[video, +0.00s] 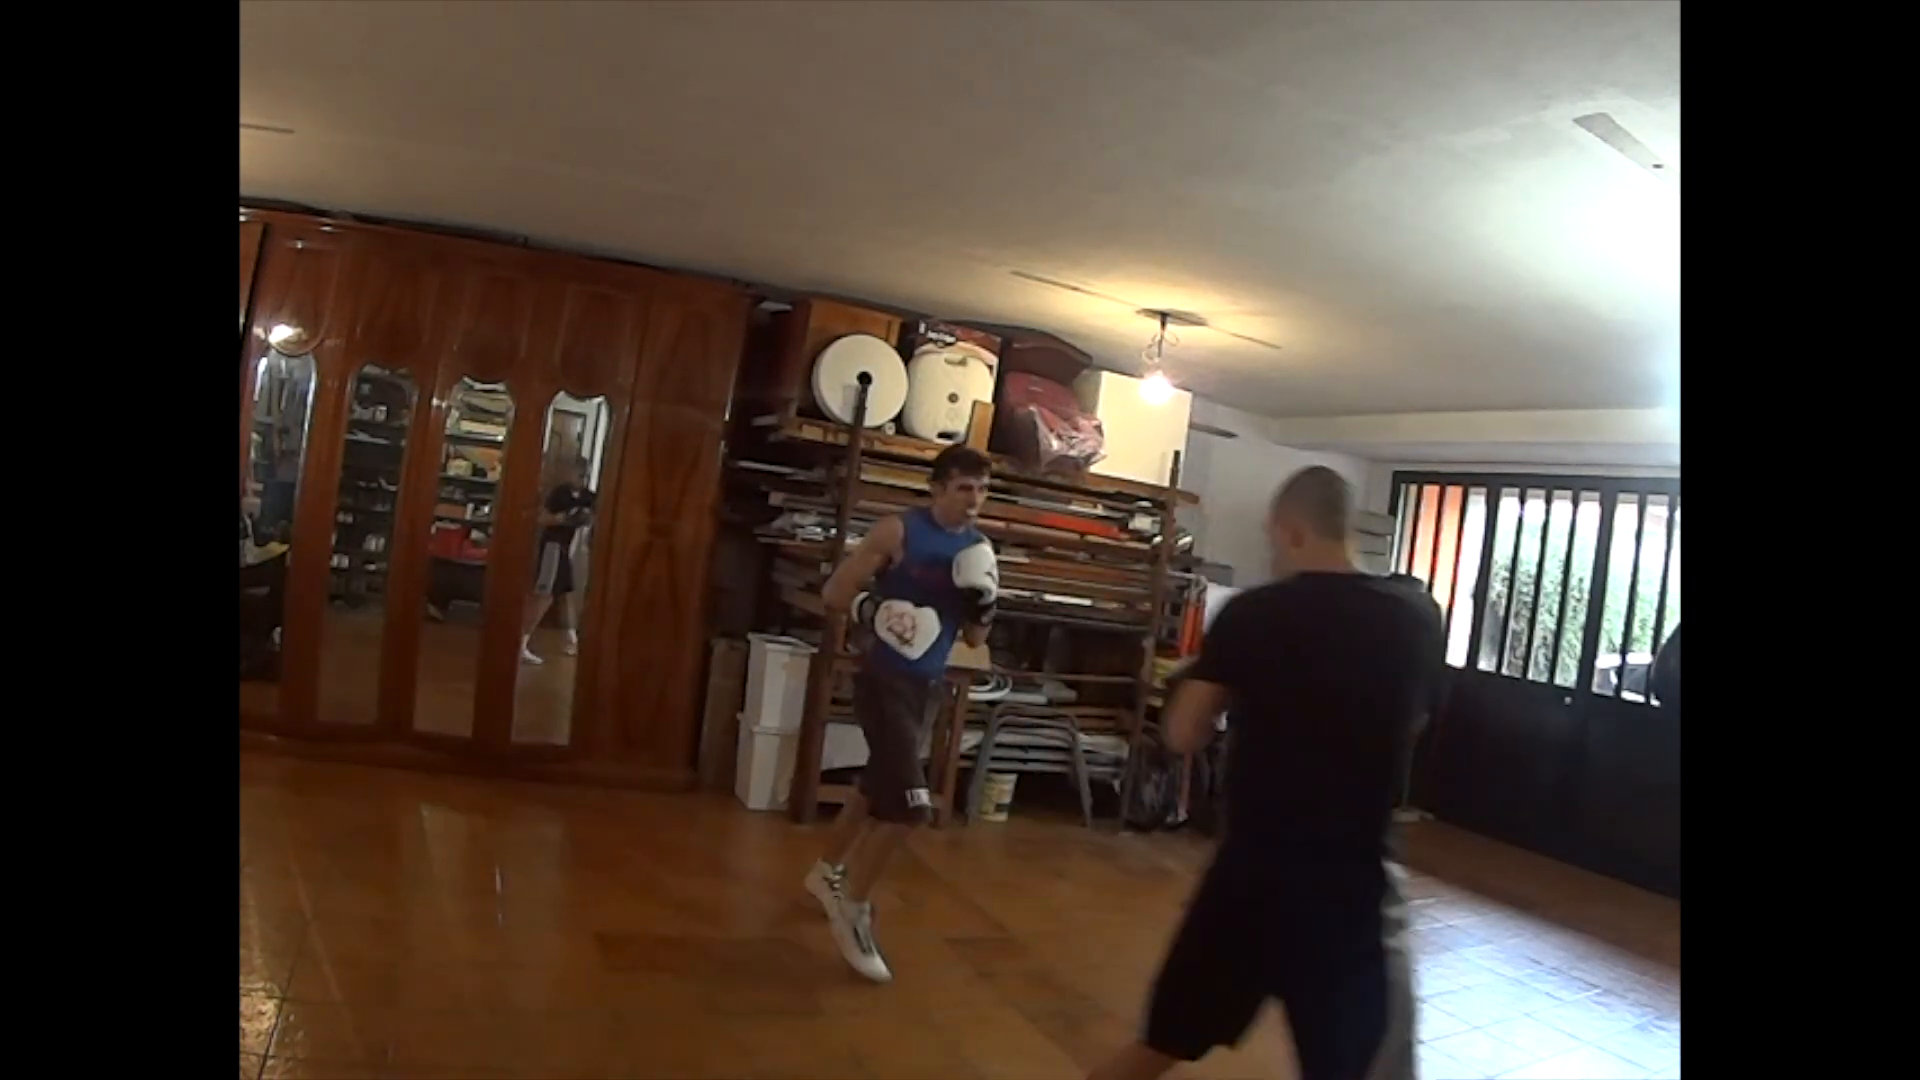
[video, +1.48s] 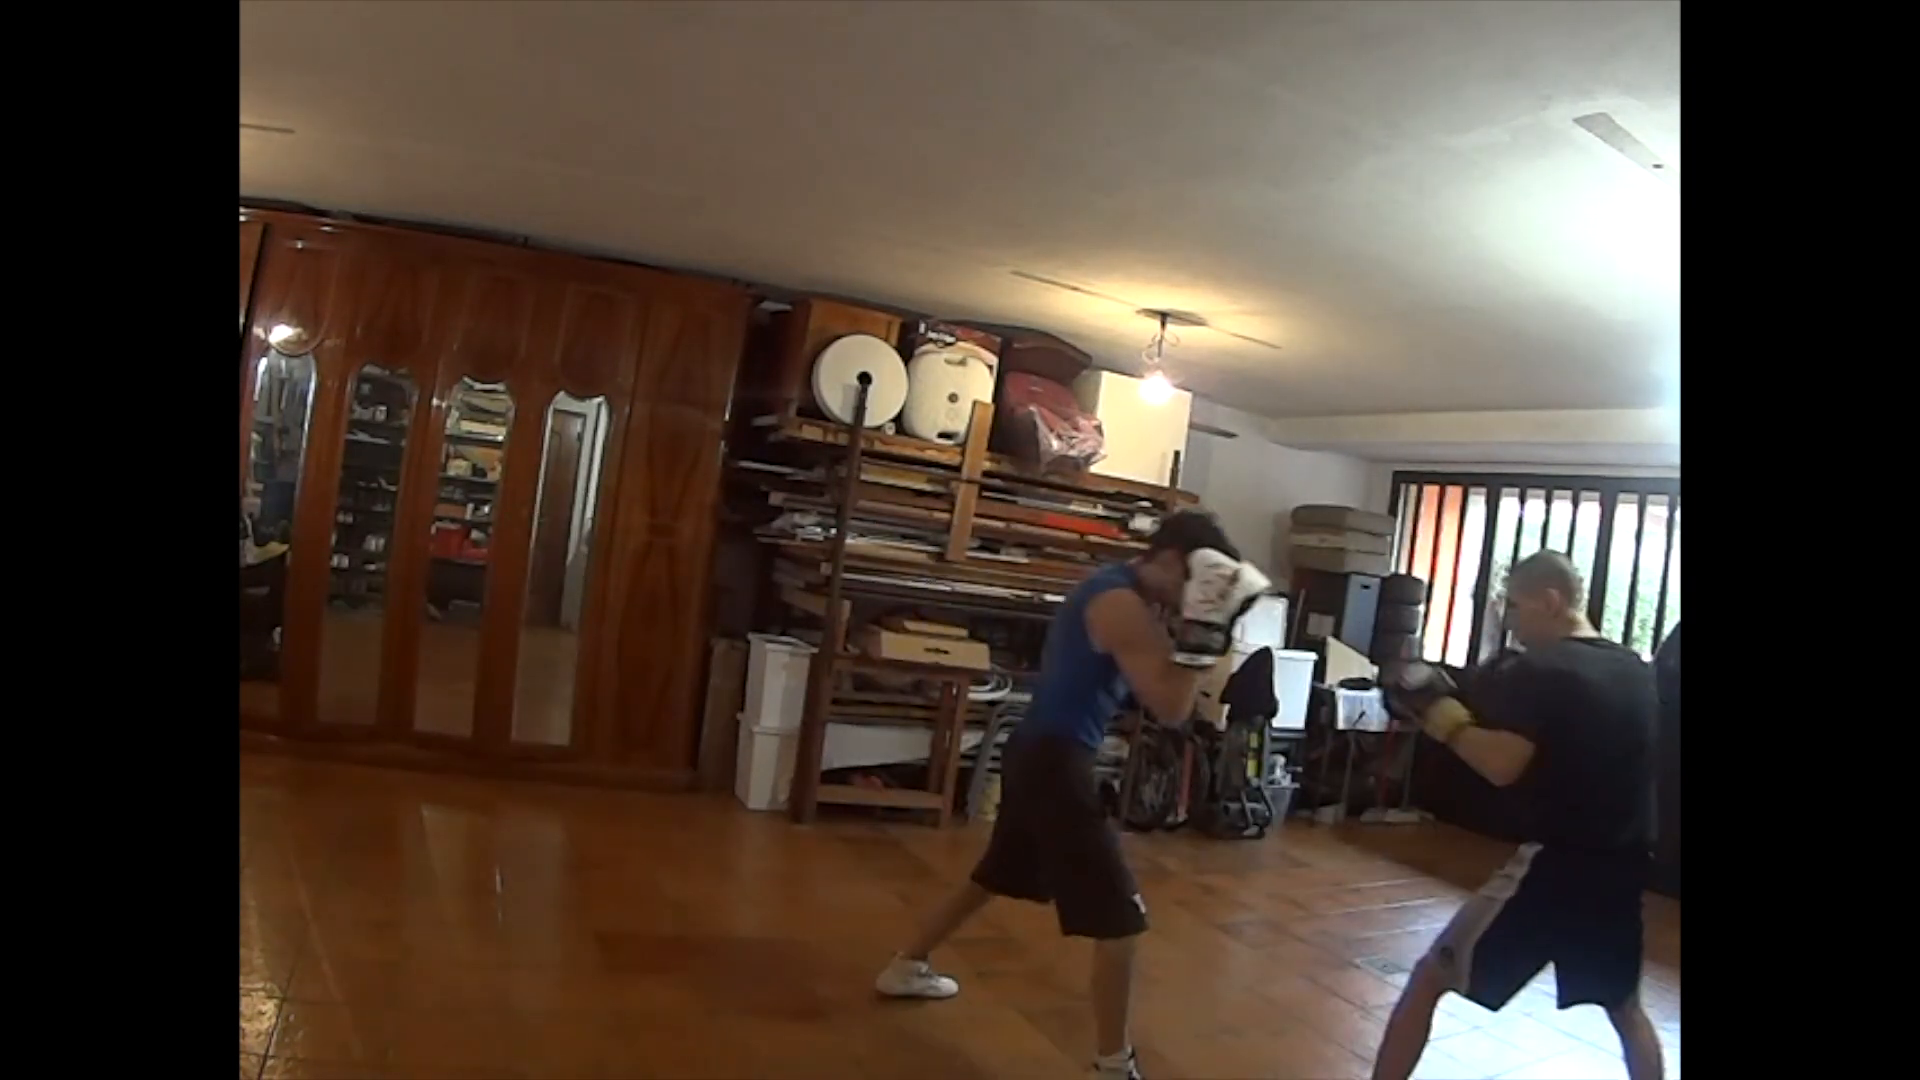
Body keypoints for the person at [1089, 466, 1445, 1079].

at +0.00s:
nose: (1276, 546)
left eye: (1275, 534)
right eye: (1276, 534)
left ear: (1289, 530)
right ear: (1345, 528)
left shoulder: (1254, 612)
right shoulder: (1415, 615)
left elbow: (1183, 733)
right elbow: (1411, 732)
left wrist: (1236, 685)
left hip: (1253, 874)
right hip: (1352, 884)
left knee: (1162, 1046)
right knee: (1346, 1066)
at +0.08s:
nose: (1311, 561)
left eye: (1312, 546)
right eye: (1309, 547)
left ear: (1332, 537)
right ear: (1379, 533)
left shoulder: (1299, 620)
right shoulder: (1455, 629)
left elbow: (1228, 736)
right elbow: (1430, 742)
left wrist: (1223, 685)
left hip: (1300, 880)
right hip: (1400, 887)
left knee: (1196, 1041)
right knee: (1399, 1067)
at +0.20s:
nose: (1364, 559)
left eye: (1364, 544)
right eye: (1362, 546)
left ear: (1386, 536)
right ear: (1433, 534)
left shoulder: (1359, 616)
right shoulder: (1509, 626)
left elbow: (1303, 735)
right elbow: (1477, 740)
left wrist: (1270, 699)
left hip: (1363, 870)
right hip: (1457, 877)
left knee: (1243, 1024)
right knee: (1452, 1064)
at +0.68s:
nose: (1359, 579)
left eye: (1360, 563)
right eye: (1356, 567)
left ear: (1392, 550)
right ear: (1425, 549)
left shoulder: (1381, 629)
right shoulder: (1510, 615)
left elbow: (1327, 745)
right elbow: (1488, 721)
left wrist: (1297, 668)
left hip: (1419, 844)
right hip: (1508, 847)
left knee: (1333, 994)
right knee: (1510, 1024)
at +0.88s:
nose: (1407, 586)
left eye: (1410, 571)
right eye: (1405, 572)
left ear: (1441, 563)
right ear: (1469, 560)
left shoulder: (1427, 636)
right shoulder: (1543, 629)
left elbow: (1389, 742)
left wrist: (1337, 691)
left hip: (1449, 848)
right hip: (1533, 850)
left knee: (1348, 993)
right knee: (1551, 1023)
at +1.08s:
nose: (1479, 604)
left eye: (1483, 588)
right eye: (1478, 590)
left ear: (1519, 583)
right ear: (1536, 585)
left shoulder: (1507, 656)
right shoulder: (1604, 655)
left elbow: (1475, 756)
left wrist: (1411, 720)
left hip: (1508, 861)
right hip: (1580, 864)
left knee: (1380, 977)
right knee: (1578, 1010)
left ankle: (1321, 1074)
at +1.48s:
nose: (1510, 621)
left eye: (1514, 607)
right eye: (1509, 608)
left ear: (1551, 600)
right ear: (1571, 601)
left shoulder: (1545, 668)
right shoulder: (1635, 668)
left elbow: (1501, 764)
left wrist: (1442, 714)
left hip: (1552, 862)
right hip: (1622, 864)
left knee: (1429, 978)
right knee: (1626, 1007)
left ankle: (1382, 1077)